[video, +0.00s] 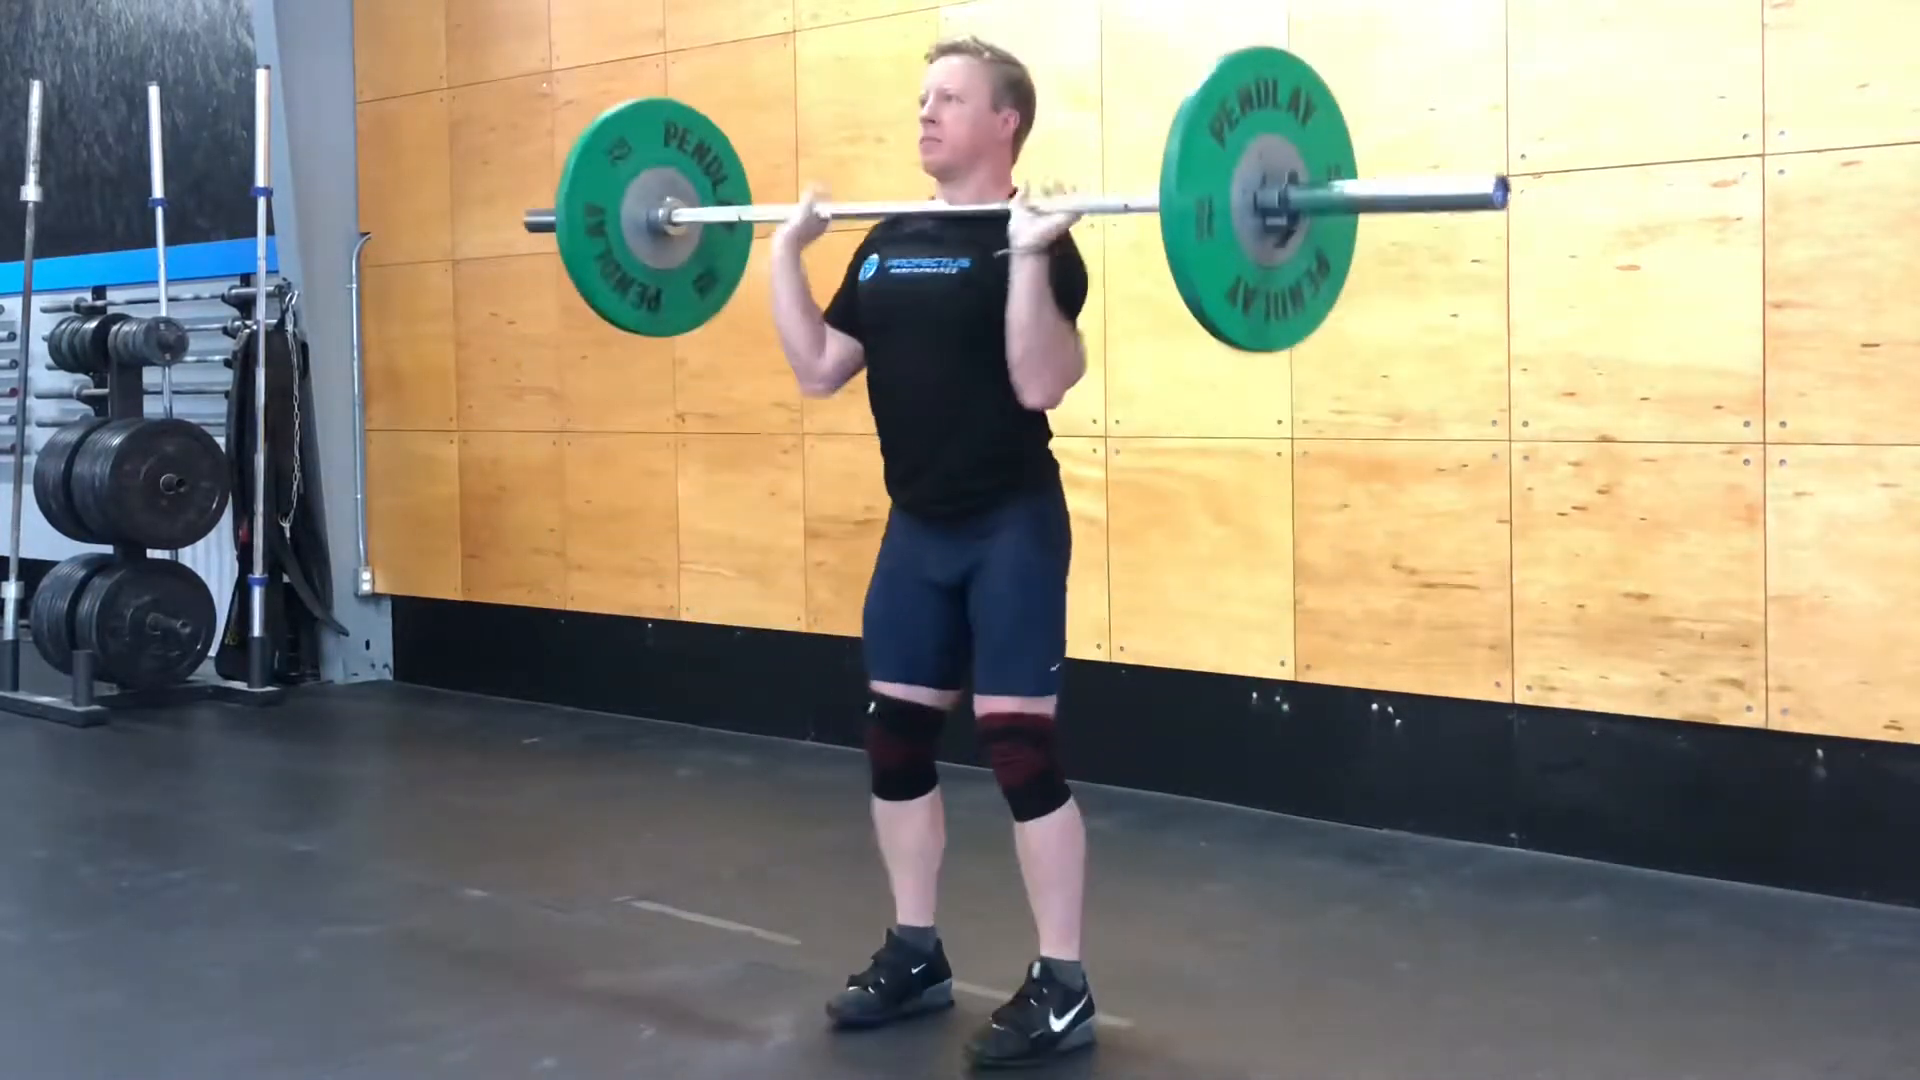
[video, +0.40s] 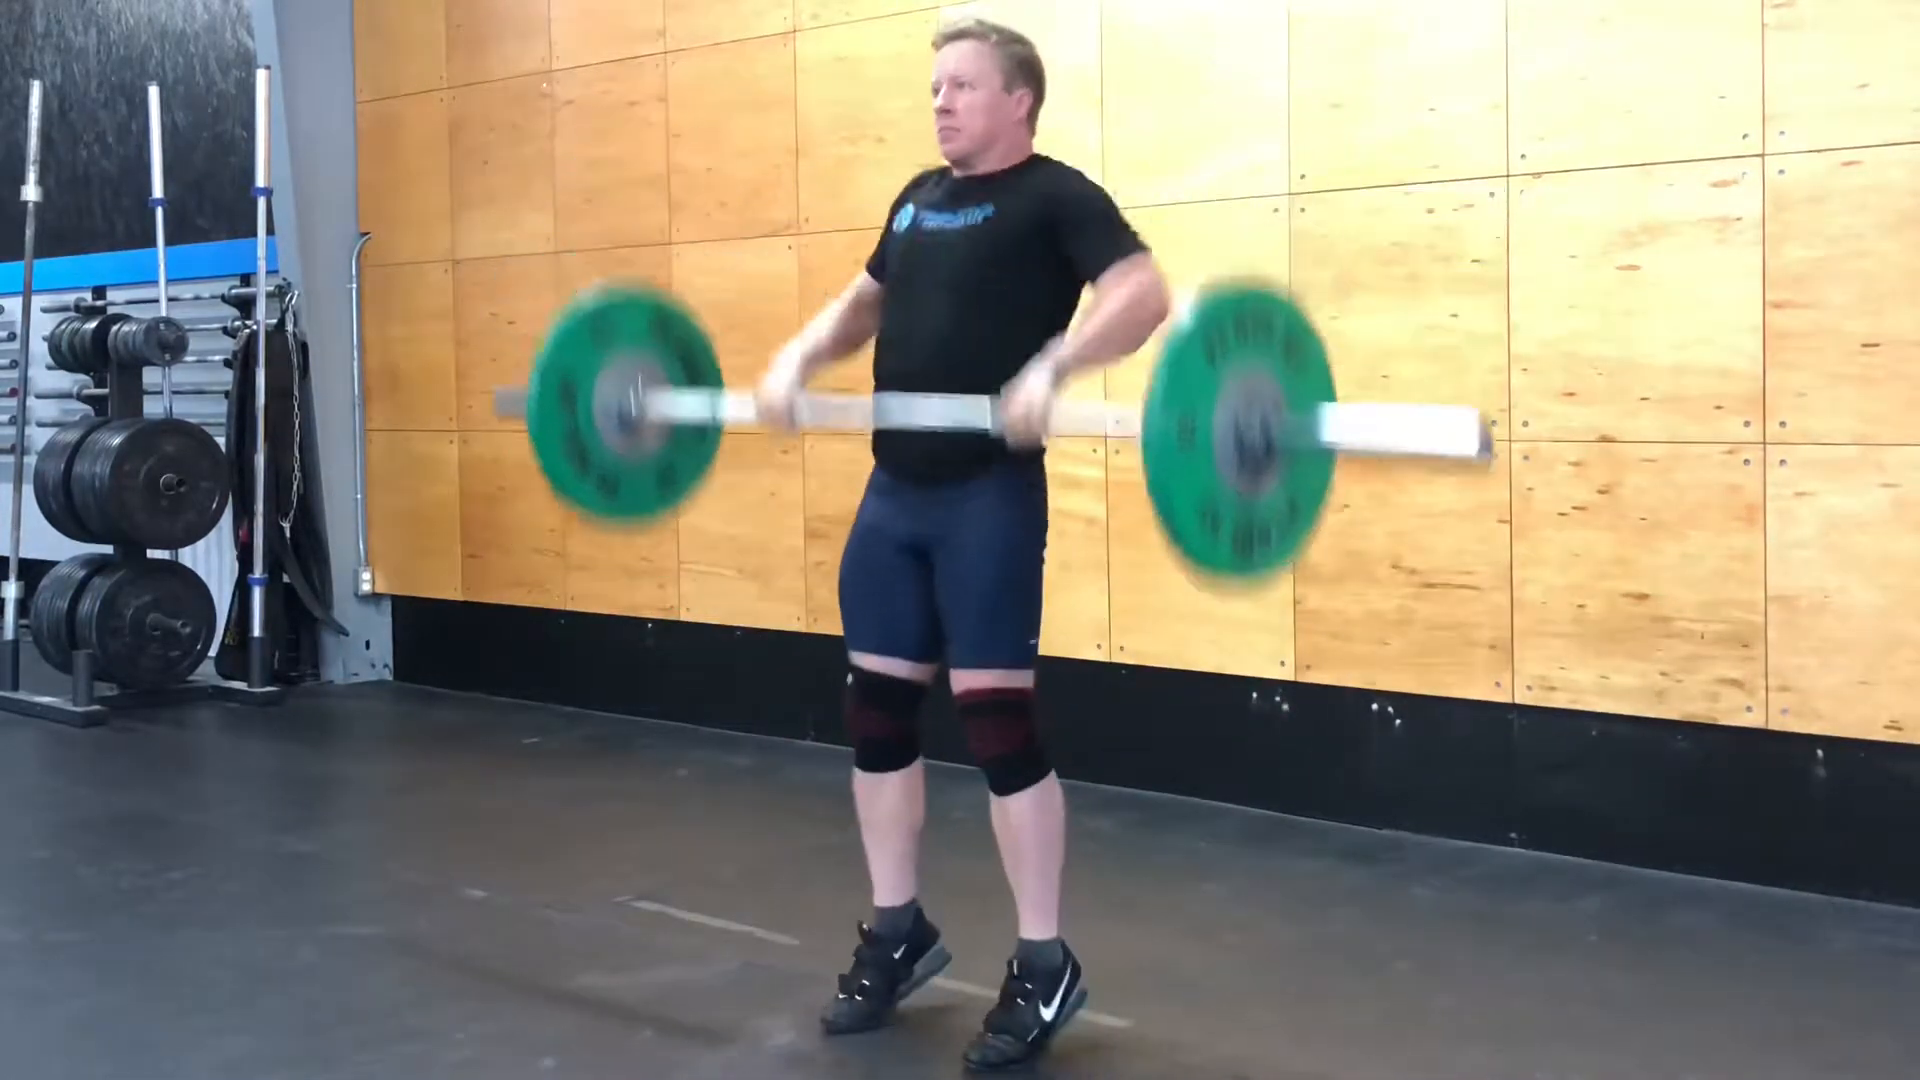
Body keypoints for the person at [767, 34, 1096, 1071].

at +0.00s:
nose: (926, 117)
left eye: (948, 103)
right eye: (925, 103)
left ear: (1006, 124)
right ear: (931, 122)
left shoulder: (1043, 246)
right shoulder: (889, 241)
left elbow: (1042, 384)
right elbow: (820, 367)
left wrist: (1027, 252)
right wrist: (784, 252)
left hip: (1016, 523)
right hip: (915, 524)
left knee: (1020, 751)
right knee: (897, 741)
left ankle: (1062, 986)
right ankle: (914, 956)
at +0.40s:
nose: (940, 105)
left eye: (958, 90)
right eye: (936, 91)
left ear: (1021, 101)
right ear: (940, 104)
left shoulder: (1061, 198)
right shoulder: (921, 196)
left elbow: (1145, 296)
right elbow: (868, 303)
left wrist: (1054, 365)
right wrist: (797, 357)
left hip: (990, 498)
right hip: (892, 495)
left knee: (996, 720)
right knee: (877, 711)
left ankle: (1043, 963)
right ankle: (895, 928)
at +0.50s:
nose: (921, 119)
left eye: (940, 103)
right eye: (916, 104)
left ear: (1001, 111)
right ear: (918, 116)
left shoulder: (1039, 231)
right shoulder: (896, 234)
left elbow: (1100, 364)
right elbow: (864, 363)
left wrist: (1057, 496)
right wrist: (806, 472)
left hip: (990, 533)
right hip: (888, 523)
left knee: (999, 747)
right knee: (870, 732)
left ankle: (1045, 977)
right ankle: (906, 945)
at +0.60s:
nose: (864, 157)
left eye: (883, 139)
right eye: (860, 140)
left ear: (946, 147)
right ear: (863, 153)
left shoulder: (1000, 283)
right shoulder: (853, 287)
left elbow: (1059, 432)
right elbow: (829, 431)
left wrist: (1061, 584)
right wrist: (805, 556)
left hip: (1018, 548)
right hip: (918, 546)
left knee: (1013, 753)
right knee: (866, 738)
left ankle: (1051, 988)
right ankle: (918, 960)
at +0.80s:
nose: (786, 396)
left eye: (794, 371)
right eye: (773, 379)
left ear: (848, 343)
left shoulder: (959, 418)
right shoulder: (812, 444)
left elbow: (1029, 582)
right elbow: (814, 571)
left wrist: (1056, 737)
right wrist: (811, 702)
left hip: (1074, 552)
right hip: (971, 565)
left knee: (1052, 742)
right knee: (897, 730)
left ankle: (1054, 984)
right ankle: (920, 954)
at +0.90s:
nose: (776, 512)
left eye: (785, 487)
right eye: (764, 493)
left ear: (840, 448)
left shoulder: (958, 502)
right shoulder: (805, 513)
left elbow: (1026, 664)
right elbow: (809, 647)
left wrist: (1052, 818)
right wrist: (805, 785)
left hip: (1085, 569)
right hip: (980, 581)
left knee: (1057, 758)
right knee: (892, 730)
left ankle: (1054, 986)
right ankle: (920, 956)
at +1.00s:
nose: (770, 598)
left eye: (776, 574)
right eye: (758, 581)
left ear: (826, 536)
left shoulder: (953, 563)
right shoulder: (802, 574)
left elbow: (1025, 734)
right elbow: (804, 713)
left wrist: (1051, 890)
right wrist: (804, 846)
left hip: (1091, 578)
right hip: (986, 590)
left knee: (1051, 755)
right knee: (884, 735)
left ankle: (1053, 988)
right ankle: (920, 957)